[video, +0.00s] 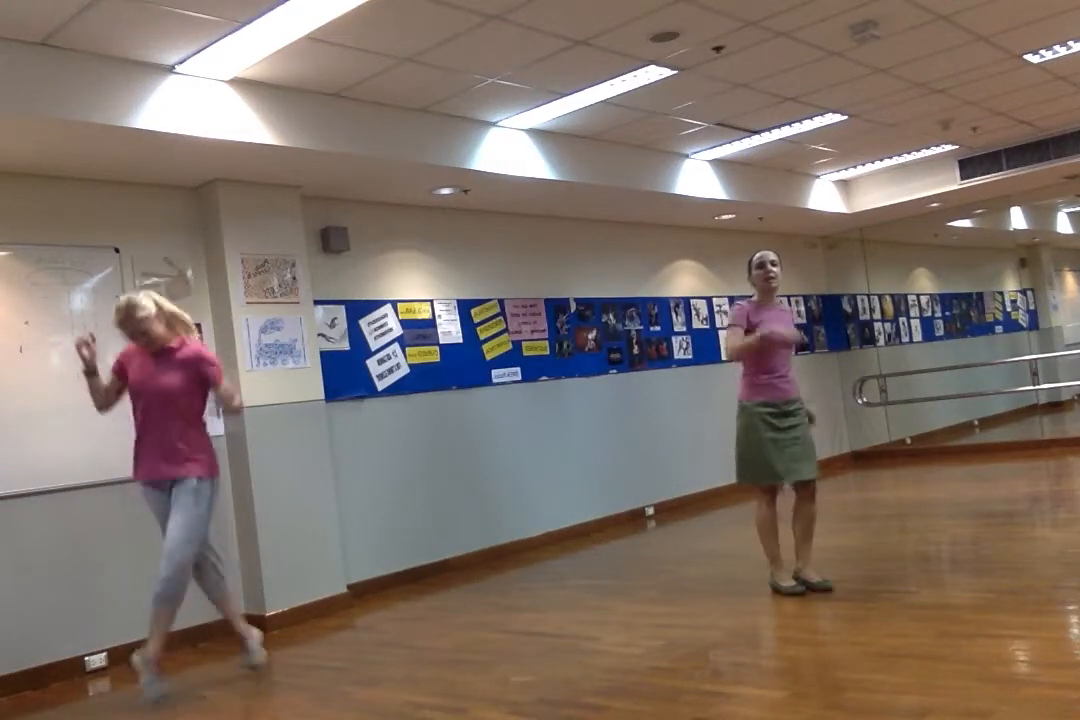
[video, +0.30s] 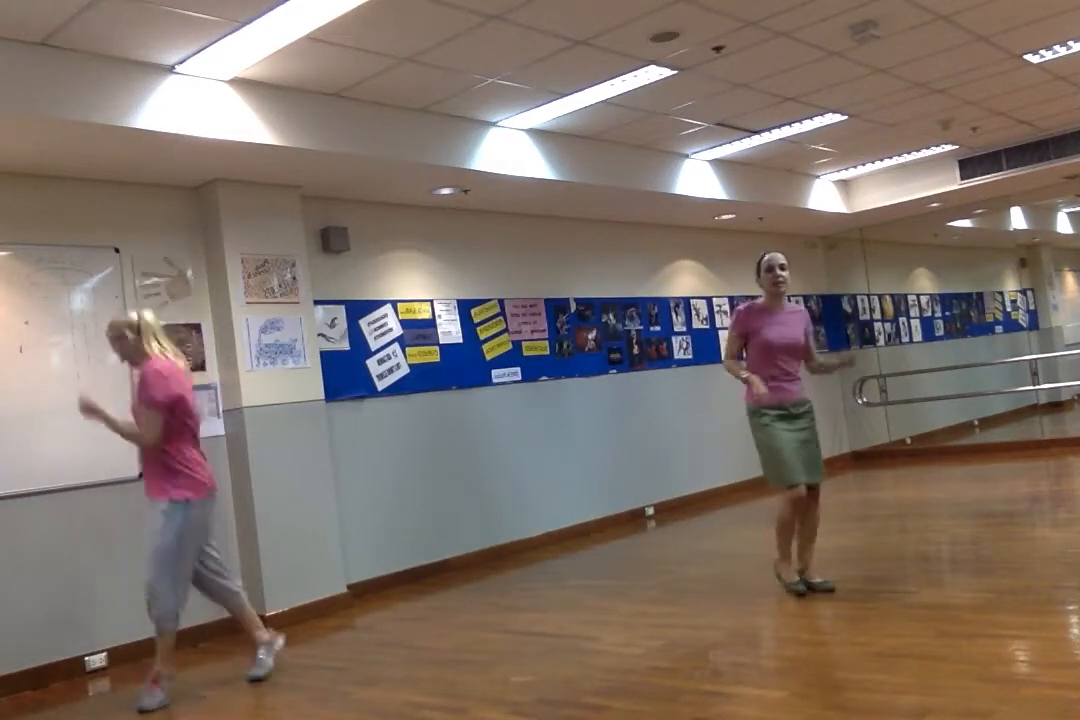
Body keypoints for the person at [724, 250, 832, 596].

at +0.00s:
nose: (768, 270)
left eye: (773, 264)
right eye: (760, 266)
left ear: (781, 273)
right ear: (751, 277)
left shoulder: (789, 315)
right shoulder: (743, 311)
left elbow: (787, 369)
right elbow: (731, 350)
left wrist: (802, 406)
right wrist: (761, 341)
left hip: (790, 406)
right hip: (757, 409)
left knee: (807, 485)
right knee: (767, 491)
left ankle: (803, 567)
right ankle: (776, 571)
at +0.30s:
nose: (778, 274)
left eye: (782, 268)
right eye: (770, 269)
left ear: (790, 275)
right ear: (759, 278)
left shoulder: (801, 315)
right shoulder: (746, 315)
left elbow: (813, 363)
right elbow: (730, 361)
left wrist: (839, 361)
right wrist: (750, 377)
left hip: (800, 409)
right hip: (767, 412)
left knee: (812, 493)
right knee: (795, 491)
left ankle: (805, 570)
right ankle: (784, 565)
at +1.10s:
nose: (732, 272)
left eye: (739, 265)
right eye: (730, 266)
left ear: (762, 269)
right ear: (732, 274)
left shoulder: (787, 305)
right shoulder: (738, 316)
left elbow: (816, 352)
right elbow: (739, 373)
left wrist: (801, 388)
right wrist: (718, 404)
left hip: (783, 412)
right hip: (749, 417)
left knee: (783, 504)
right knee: (775, 507)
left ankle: (818, 589)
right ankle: (817, 585)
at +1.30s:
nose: (714, 276)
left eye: (720, 270)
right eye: (715, 270)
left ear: (742, 273)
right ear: (734, 276)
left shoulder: (767, 309)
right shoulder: (734, 315)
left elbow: (782, 362)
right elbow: (748, 367)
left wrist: (743, 384)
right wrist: (733, 388)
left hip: (771, 417)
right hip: (746, 419)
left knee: (781, 509)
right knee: (731, 508)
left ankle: (817, 590)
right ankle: (791, 572)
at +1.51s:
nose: (692, 275)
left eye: (697, 268)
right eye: (693, 269)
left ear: (715, 272)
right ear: (717, 273)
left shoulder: (732, 307)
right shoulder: (727, 310)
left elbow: (735, 365)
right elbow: (761, 363)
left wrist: (686, 392)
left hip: (747, 417)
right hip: (739, 417)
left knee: (778, 505)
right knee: (726, 509)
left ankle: (816, 590)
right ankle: (749, 596)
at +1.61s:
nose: (683, 282)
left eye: (687, 276)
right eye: (684, 276)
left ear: (702, 277)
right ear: (710, 278)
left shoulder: (716, 313)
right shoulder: (726, 313)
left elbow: (719, 375)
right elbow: (755, 370)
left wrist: (675, 413)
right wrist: (724, 400)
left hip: (735, 423)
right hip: (733, 422)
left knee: (745, 512)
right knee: (723, 509)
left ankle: (808, 587)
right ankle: (748, 596)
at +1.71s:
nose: (675, 288)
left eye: (677, 282)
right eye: (676, 281)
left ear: (689, 283)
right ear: (707, 281)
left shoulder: (702, 318)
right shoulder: (721, 314)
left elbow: (712, 380)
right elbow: (746, 372)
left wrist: (677, 425)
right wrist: (709, 392)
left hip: (721, 424)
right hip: (737, 421)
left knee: (701, 516)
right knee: (724, 513)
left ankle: (779, 573)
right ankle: (745, 595)